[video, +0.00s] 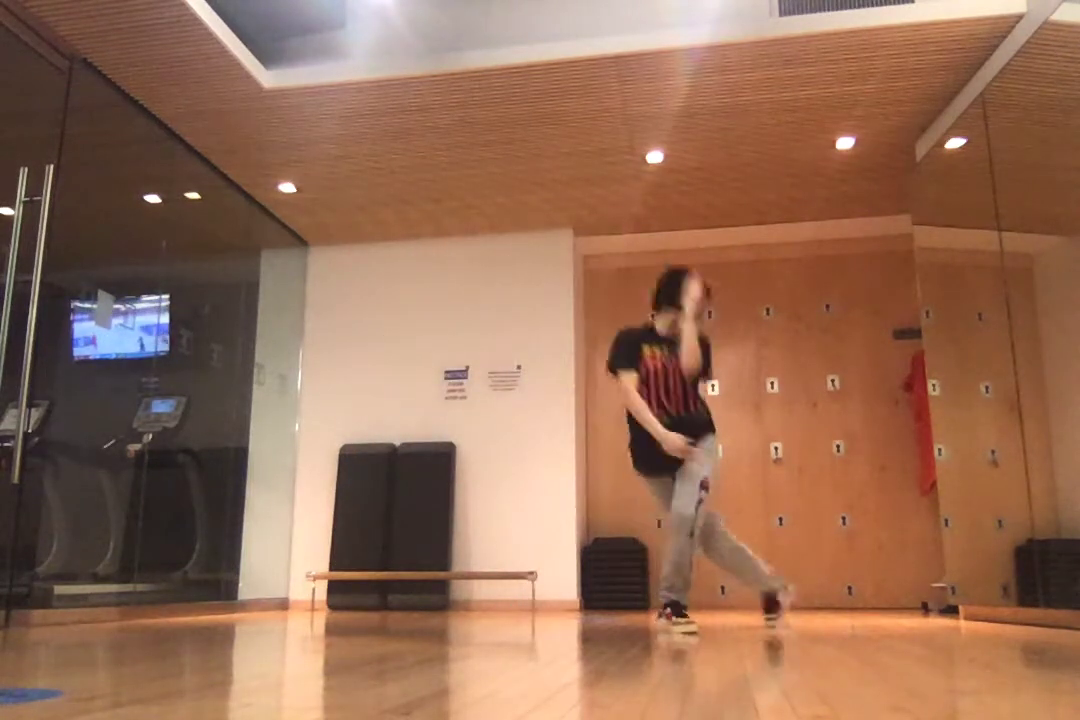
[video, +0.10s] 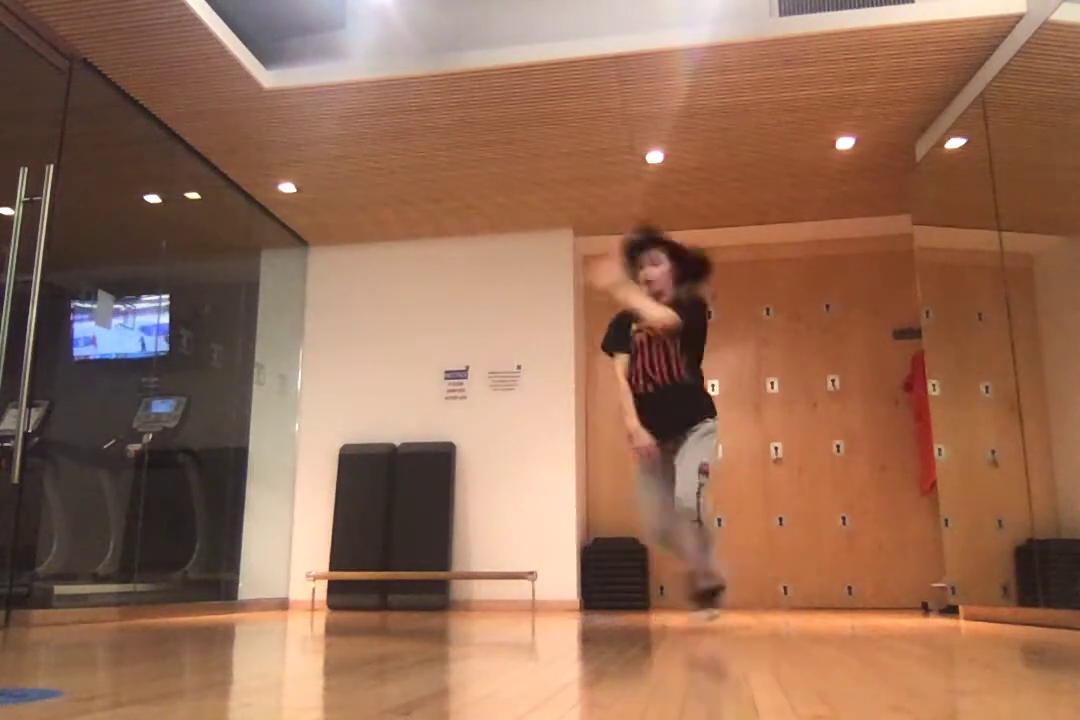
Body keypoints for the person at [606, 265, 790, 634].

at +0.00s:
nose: (694, 309)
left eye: (699, 303)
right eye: (688, 301)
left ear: (700, 307)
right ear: (669, 299)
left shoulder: (696, 342)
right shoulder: (631, 340)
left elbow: (691, 367)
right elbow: (630, 396)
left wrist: (689, 314)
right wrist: (664, 435)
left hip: (698, 439)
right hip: (652, 451)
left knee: (684, 516)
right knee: (704, 528)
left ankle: (672, 603)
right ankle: (771, 587)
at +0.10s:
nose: (648, 273)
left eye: (656, 263)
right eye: (642, 266)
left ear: (675, 268)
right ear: (635, 273)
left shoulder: (691, 307)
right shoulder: (626, 322)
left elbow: (661, 318)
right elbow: (622, 378)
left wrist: (620, 287)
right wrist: (635, 428)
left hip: (695, 424)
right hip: (652, 432)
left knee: (688, 504)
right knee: (656, 524)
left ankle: (705, 582)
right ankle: (705, 568)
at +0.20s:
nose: (634, 275)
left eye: (641, 266)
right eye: (627, 270)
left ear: (660, 267)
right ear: (621, 277)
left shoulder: (666, 299)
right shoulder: (632, 321)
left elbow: (622, 330)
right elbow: (634, 384)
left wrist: (578, 359)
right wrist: (634, 434)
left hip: (696, 431)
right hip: (652, 435)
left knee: (699, 515)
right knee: (607, 501)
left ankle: (745, 590)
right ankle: (602, 597)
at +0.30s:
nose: (626, 300)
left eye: (633, 291)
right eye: (618, 294)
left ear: (650, 294)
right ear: (610, 305)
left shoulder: (660, 336)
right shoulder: (628, 349)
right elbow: (628, 402)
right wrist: (634, 449)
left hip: (692, 450)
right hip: (647, 450)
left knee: (704, 520)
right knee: (592, 508)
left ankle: (737, 600)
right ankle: (561, 603)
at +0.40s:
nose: (637, 322)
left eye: (647, 315)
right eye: (630, 315)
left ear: (662, 325)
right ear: (619, 323)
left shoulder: (674, 368)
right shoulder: (615, 368)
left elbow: (687, 430)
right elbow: (616, 430)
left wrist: (698, 477)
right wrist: (647, 471)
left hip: (673, 460)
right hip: (626, 454)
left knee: (705, 522)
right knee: (575, 512)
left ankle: (727, 605)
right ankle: (561, 604)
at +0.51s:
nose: (705, 301)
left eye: (706, 295)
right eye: (696, 295)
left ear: (707, 303)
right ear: (676, 301)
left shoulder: (707, 348)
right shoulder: (648, 339)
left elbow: (750, 384)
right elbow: (649, 389)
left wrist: (784, 415)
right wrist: (691, 397)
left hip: (660, 447)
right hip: (613, 441)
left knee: (711, 518)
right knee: (585, 519)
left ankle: (728, 606)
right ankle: (545, 603)